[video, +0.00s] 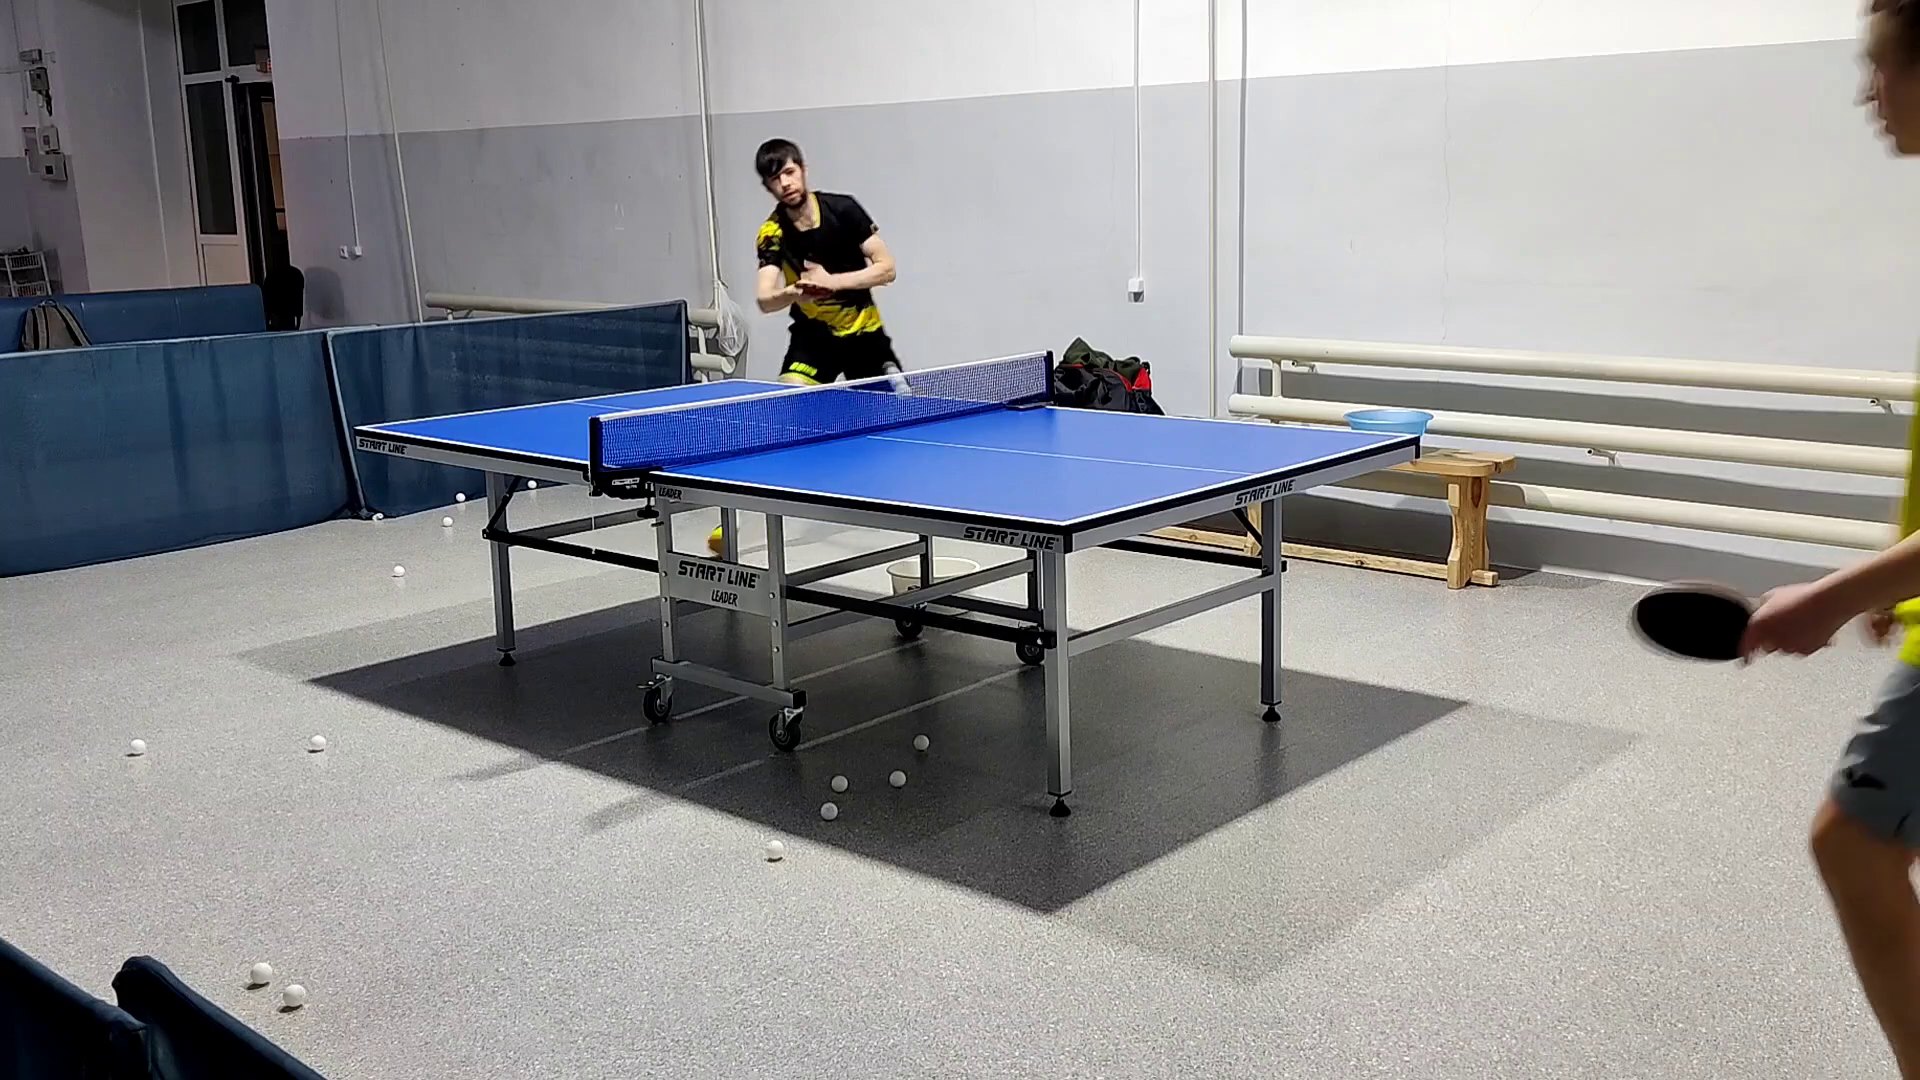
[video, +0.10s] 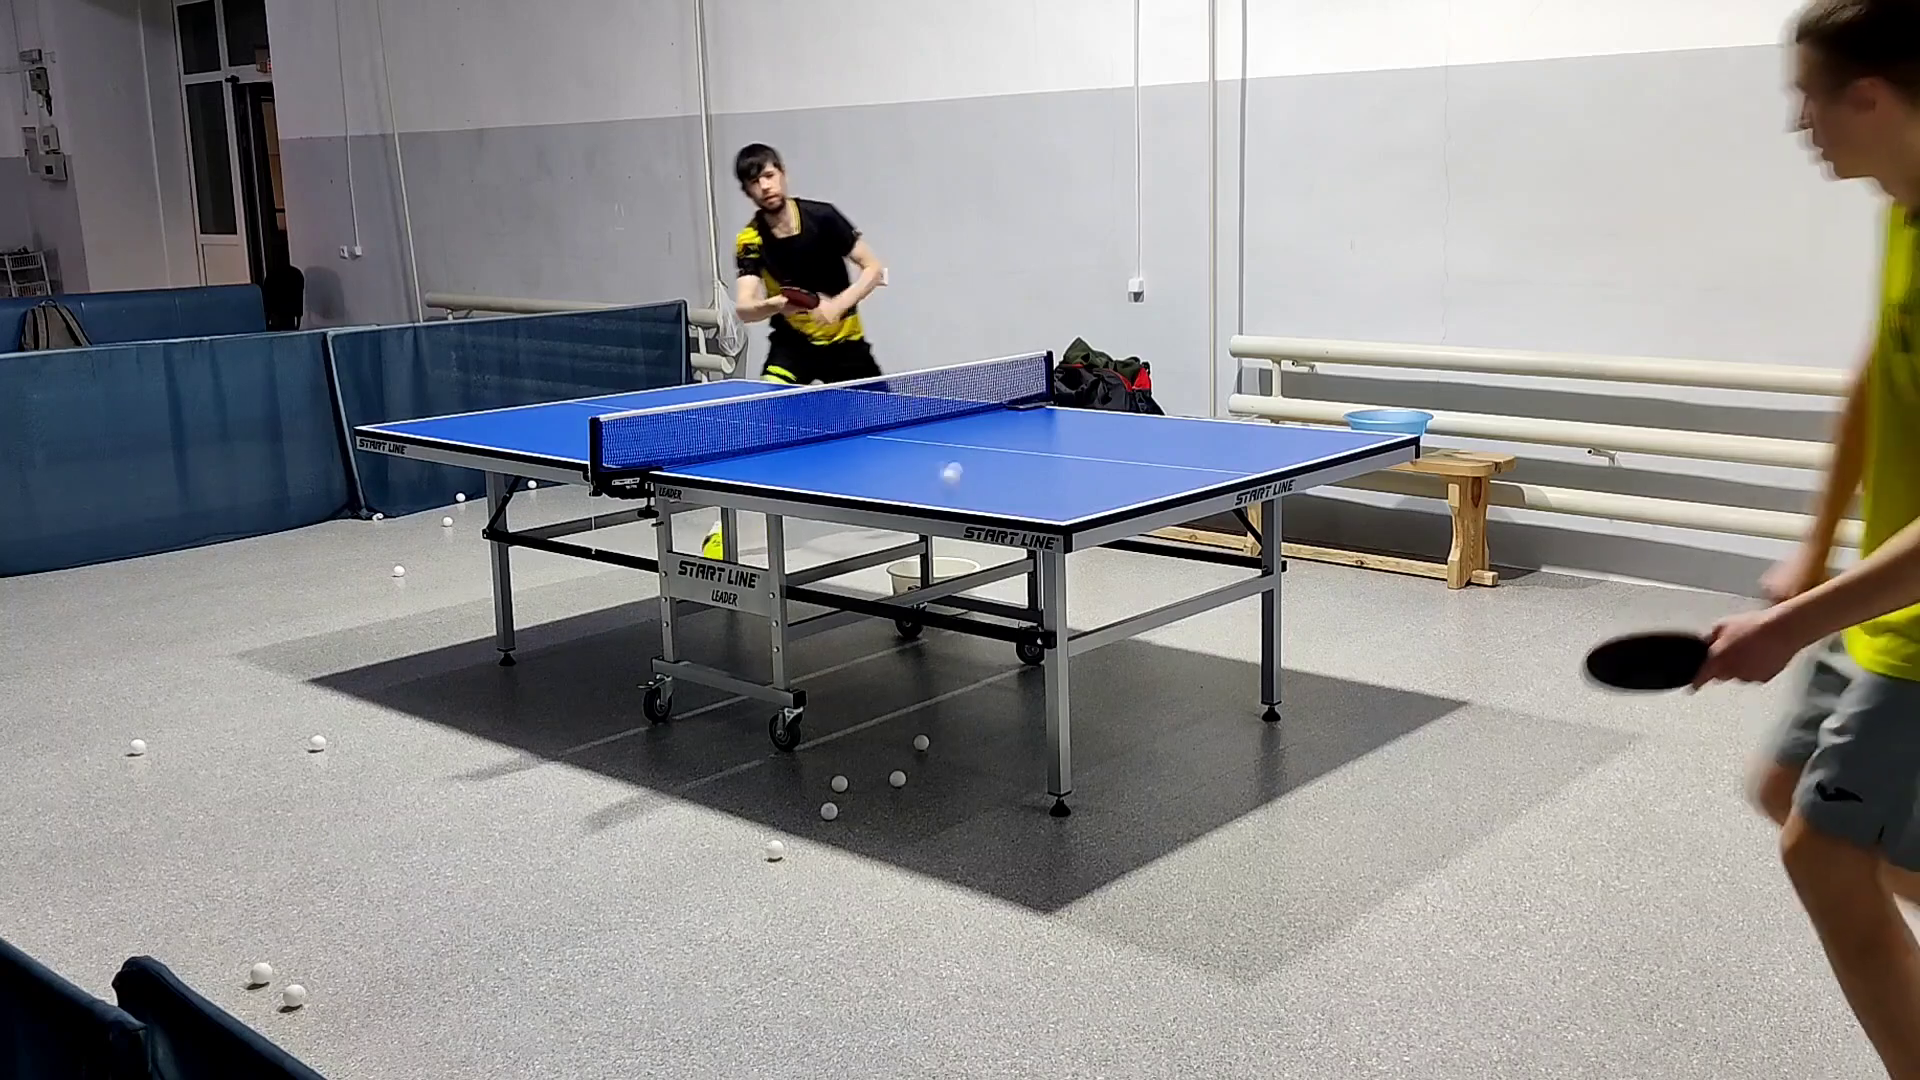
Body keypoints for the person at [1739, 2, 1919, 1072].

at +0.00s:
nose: (1869, 87)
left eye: (1884, 60)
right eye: (1871, 61)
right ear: (1905, 69)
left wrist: (1844, 592)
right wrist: (1896, 579)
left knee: (1855, 842)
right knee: (1868, 842)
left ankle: (1913, 1058)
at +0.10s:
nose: (1804, 127)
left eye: (1811, 102)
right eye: (1801, 104)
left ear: (1878, 96)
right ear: (1874, 101)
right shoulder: (1901, 211)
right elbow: (1874, 385)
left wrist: (1805, 620)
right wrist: (1817, 543)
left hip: (1919, 623)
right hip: (1876, 601)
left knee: (1829, 853)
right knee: (1783, 787)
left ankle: (1908, 1064)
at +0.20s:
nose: (1723, 139)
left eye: (1733, 114)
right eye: (1722, 115)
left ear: (1796, 102)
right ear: (1802, 103)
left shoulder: (1907, 234)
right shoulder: (1843, 201)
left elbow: (1918, 505)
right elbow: (1803, 371)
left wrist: (1758, 628)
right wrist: (1744, 538)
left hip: (1908, 625)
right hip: (1841, 601)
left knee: (1819, 860)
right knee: (1701, 744)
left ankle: (1904, 1060)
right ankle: (1833, 984)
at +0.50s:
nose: (1472, 256)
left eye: (1478, 233)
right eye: (1468, 234)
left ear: (1541, 219)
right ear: (1544, 215)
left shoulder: (1678, 315)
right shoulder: (1607, 276)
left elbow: (1644, 557)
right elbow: (1581, 415)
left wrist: (1482, 651)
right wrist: (1567, 554)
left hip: (1783, 593)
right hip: (1697, 569)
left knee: (1697, 864)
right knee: (1546, 726)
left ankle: (1890, 1067)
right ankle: (1575, 984)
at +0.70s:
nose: (1393, 316)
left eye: (1392, 297)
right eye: (1386, 298)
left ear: (1445, 288)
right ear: (1471, 265)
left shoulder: (1530, 400)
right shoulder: (1591, 270)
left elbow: (1423, 588)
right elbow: (1604, 423)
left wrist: (1284, 654)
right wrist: (1519, 539)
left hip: (1737, 620)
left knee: (1632, 874)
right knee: (1521, 716)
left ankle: (1878, 1067)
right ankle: (1574, 982)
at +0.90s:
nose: (1412, 250)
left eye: (1410, 229)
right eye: (1406, 230)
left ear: (1445, 225)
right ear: (1513, 194)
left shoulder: (1507, 353)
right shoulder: (1619, 228)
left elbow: (1496, 507)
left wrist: (1429, 519)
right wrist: (1489, 481)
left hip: (1709, 606)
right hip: (1774, 543)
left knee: (1659, 864)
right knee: (1542, 710)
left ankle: (1878, 1068)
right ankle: (1574, 982)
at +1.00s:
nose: (1448, 199)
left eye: (1451, 178)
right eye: (1443, 179)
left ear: (1497, 171)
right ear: (1550, 155)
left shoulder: (1532, 312)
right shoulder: (1662, 198)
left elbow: (1557, 496)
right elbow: (1712, 381)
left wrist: (1500, 485)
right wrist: (1577, 463)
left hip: (1713, 596)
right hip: (1796, 535)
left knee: (1677, 862)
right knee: (1569, 718)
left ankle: (1874, 1070)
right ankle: (1577, 981)